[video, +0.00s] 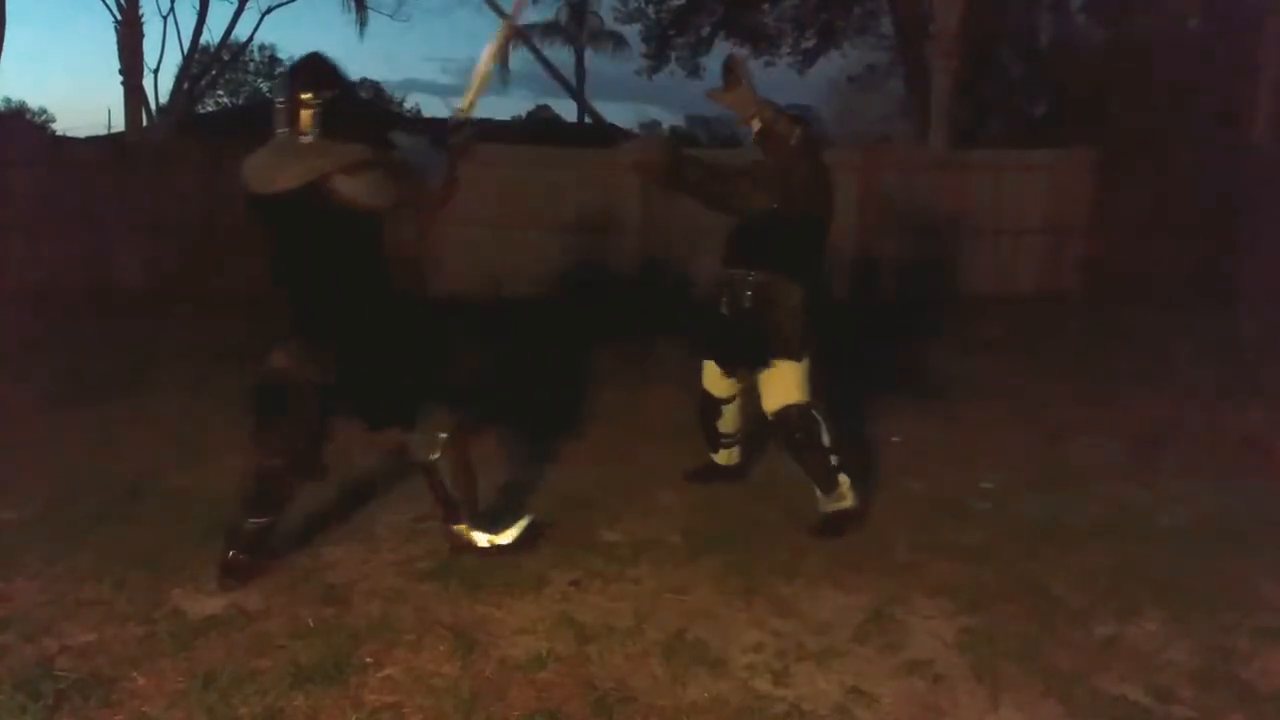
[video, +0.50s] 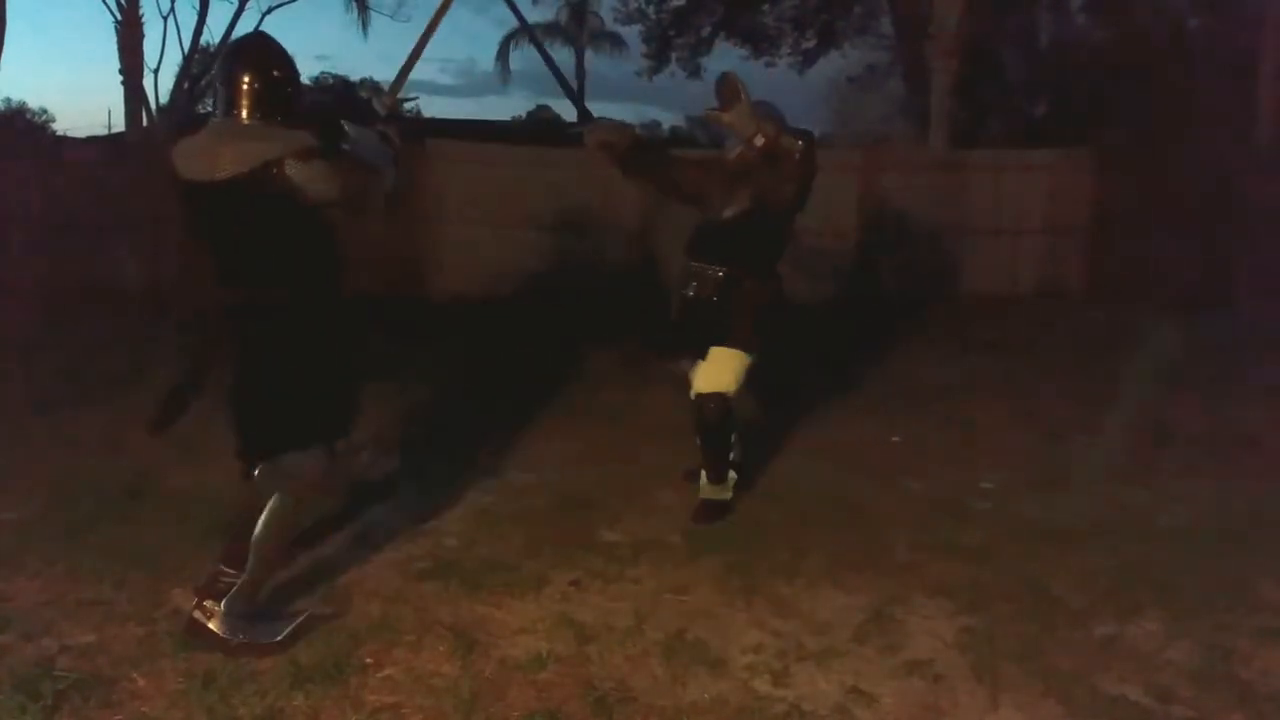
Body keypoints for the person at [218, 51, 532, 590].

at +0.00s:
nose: (348, 112)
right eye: (345, 103)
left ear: (287, 113)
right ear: (341, 109)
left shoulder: (260, 175)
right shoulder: (351, 174)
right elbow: (420, 197)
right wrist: (446, 154)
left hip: (298, 326)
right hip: (366, 323)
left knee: (283, 433)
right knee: (429, 408)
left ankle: (245, 543)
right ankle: (466, 522)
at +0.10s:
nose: (318, 99)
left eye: (307, 91)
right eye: (315, 90)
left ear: (263, 98)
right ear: (313, 96)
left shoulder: (229, 164)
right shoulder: (324, 160)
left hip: (260, 310)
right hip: (320, 310)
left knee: (271, 422)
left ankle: (245, 543)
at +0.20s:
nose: (308, 86)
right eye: (303, 78)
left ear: (246, 87)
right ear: (298, 84)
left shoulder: (210, 162)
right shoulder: (309, 155)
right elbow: (379, 190)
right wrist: (414, 138)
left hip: (247, 310)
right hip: (310, 311)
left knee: (265, 425)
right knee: (392, 410)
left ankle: (242, 547)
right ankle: (330, 536)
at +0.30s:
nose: (296, 88)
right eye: (293, 79)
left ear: (231, 89)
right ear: (292, 86)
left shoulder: (200, 162)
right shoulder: (306, 160)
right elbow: (383, 192)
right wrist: (403, 129)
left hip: (243, 315)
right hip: (307, 316)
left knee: (262, 446)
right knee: (368, 431)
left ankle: (233, 574)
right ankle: (260, 575)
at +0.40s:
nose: (296, 89)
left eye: (289, 80)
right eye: (291, 80)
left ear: (227, 88)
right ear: (280, 86)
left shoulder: (199, 163)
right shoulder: (291, 161)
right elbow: (366, 195)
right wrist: (390, 132)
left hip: (244, 332)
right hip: (296, 336)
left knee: (270, 463)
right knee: (299, 475)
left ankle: (226, 581)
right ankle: (235, 610)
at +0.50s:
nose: (295, 91)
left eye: (287, 81)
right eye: (290, 81)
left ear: (224, 86)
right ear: (280, 85)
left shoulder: (194, 159)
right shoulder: (289, 156)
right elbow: (361, 190)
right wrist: (381, 135)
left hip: (244, 325)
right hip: (297, 330)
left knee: (273, 463)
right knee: (306, 474)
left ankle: (225, 581)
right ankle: (237, 610)